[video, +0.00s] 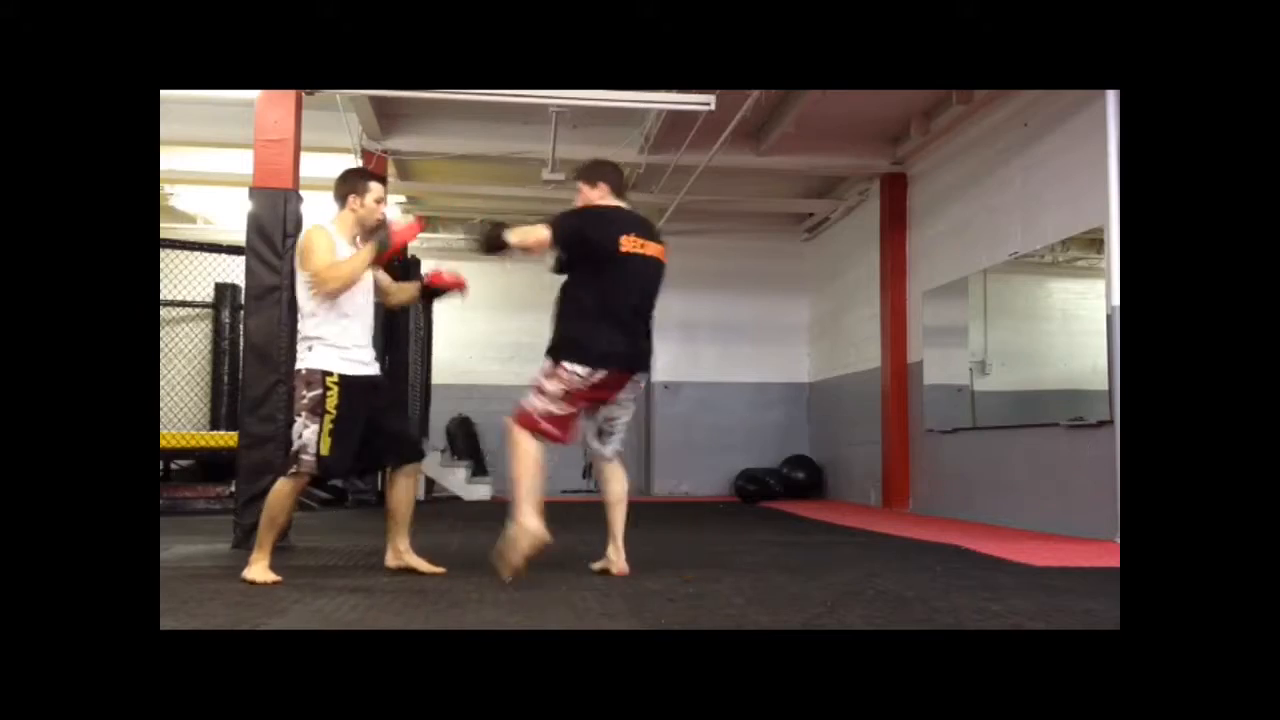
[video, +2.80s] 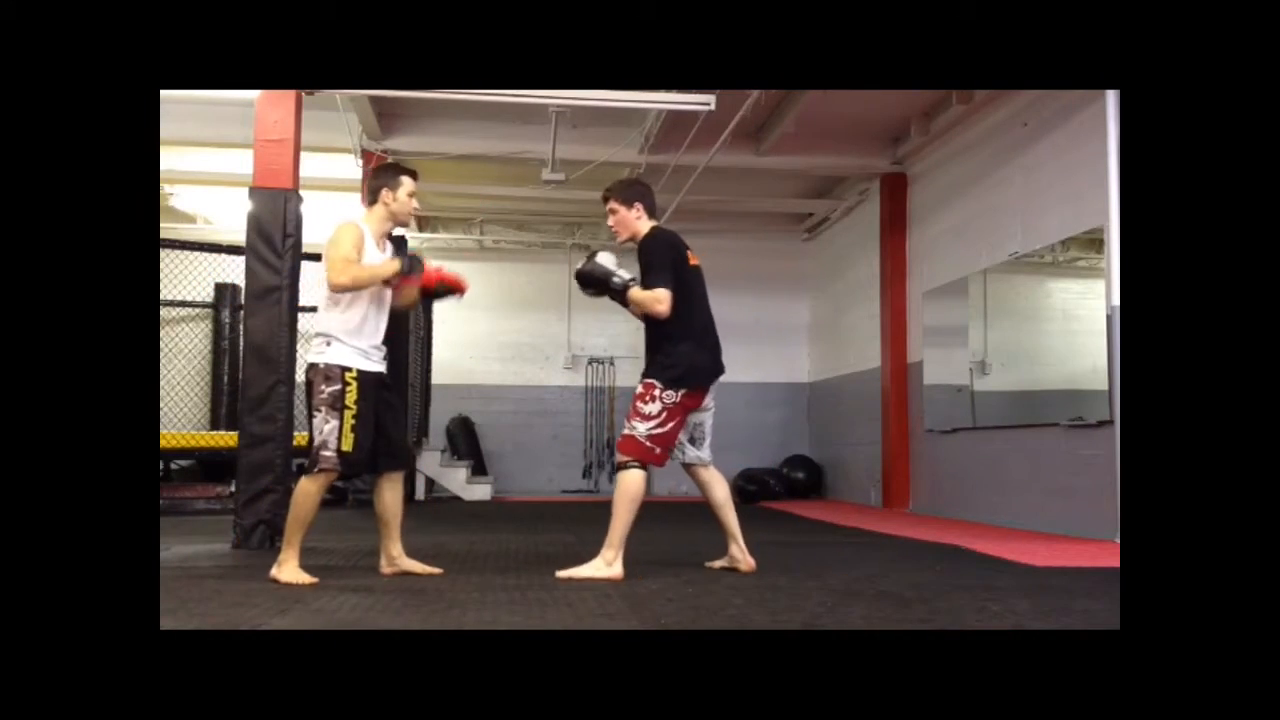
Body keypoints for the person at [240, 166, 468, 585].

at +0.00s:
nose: (384, 211)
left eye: (385, 203)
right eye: (378, 202)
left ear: (359, 204)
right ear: (352, 201)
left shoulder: (362, 250)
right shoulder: (317, 238)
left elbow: (392, 294)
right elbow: (328, 283)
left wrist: (429, 285)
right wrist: (378, 246)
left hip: (365, 372)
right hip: (322, 370)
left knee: (405, 456)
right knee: (303, 468)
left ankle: (399, 549)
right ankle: (259, 560)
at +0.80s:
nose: (383, 212)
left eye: (384, 205)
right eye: (378, 204)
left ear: (361, 203)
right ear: (352, 200)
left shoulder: (355, 247)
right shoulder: (301, 233)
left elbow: (365, 295)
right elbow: (266, 288)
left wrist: (409, 283)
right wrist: (330, 290)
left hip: (335, 369)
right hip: (289, 364)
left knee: (359, 459)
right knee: (257, 462)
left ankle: (352, 550)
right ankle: (200, 544)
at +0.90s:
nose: (365, 214)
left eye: (367, 206)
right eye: (360, 205)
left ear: (343, 204)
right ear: (333, 201)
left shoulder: (337, 254)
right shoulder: (284, 236)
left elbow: (321, 306)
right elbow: (254, 294)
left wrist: (360, 303)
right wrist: (322, 299)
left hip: (317, 374)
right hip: (273, 369)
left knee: (349, 461)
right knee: (251, 468)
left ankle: (350, 551)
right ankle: (198, 552)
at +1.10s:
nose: (331, 201)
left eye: (332, 194)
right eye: (327, 192)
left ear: (307, 194)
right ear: (300, 190)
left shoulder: (303, 245)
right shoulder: (260, 229)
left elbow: (286, 303)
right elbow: (224, 284)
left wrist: (326, 303)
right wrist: (288, 297)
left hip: (291, 365)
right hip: (249, 363)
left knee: (317, 456)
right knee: (240, 462)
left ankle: (299, 548)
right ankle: (195, 555)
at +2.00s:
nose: (352, 195)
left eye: (351, 187)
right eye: (345, 186)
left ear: (325, 191)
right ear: (319, 188)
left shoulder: (327, 243)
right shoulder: (285, 228)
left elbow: (319, 290)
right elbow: (250, 282)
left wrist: (343, 298)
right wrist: (308, 299)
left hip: (319, 366)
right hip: (279, 363)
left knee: (353, 454)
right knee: (274, 464)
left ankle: (353, 546)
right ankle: (243, 561)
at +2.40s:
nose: (414, 208)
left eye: (414, 200)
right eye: (408, 199)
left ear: (391, 202)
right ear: (382, 200)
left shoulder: (389, 255)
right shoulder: (345, 236)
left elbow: (377, 302)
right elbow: (304, 282)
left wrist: (395, 308)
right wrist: (364, 304)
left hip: (367, 366)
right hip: (328, 361)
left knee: (390, 458)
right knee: (327, 456)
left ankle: (392, 554)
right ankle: (264, 547)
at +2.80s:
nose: (415, 204)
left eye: (415, 196)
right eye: (410, 196)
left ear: (392, 198)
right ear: (385, 196)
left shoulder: (392, 248)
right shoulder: (349, 232)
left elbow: (394, 299)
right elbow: (339, 278)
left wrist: (425, 285)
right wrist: (391, 269)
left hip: (374, 366)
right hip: (336, 363)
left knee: (393, 462)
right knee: (326, 465)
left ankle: (393, 554)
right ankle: (287, 561)